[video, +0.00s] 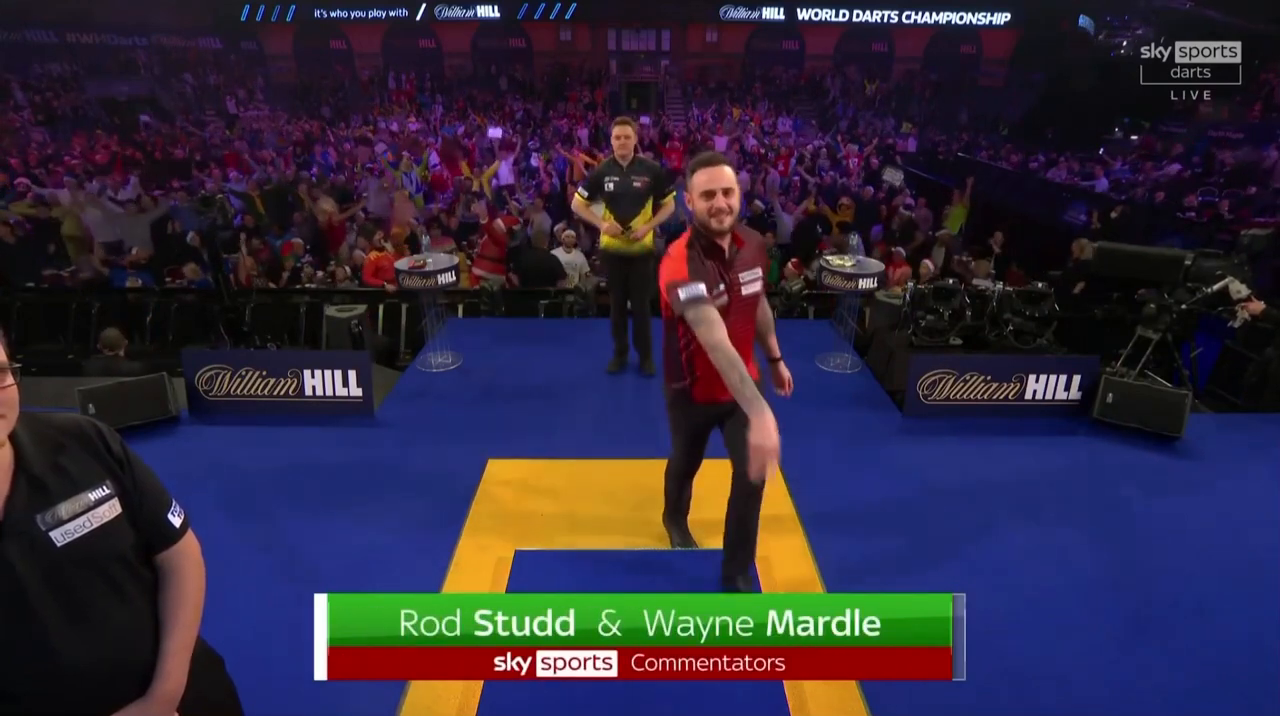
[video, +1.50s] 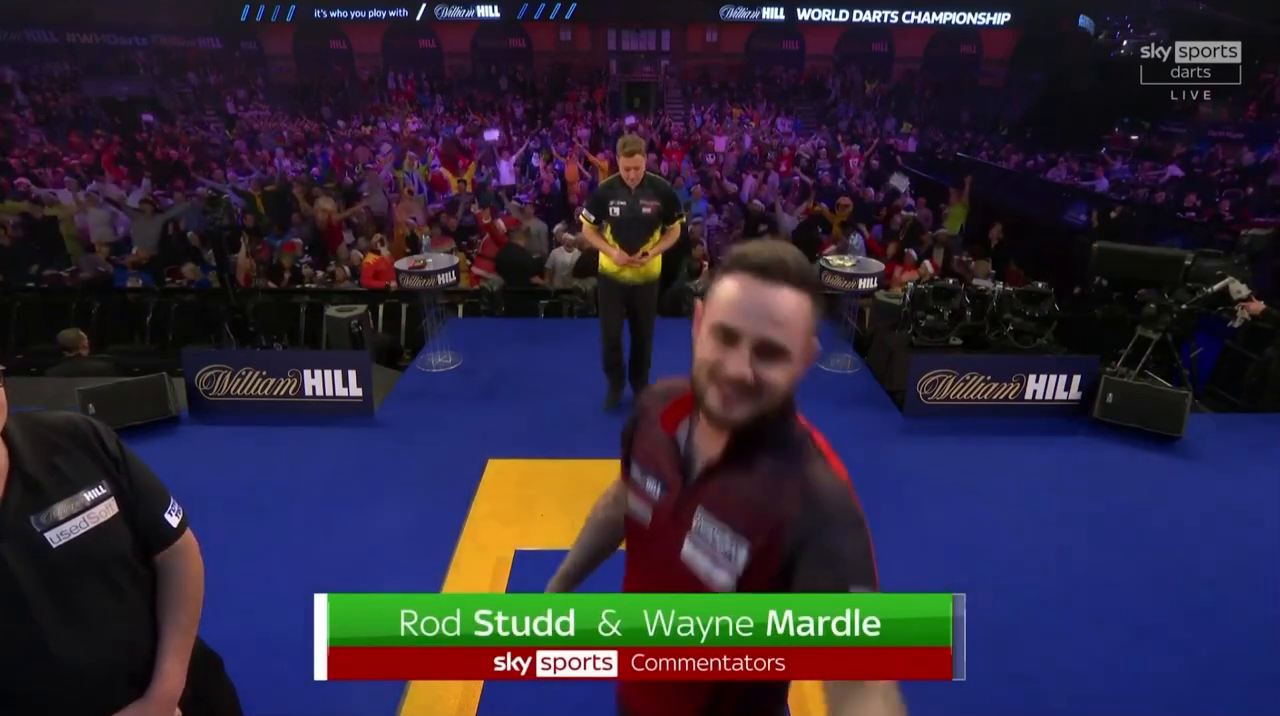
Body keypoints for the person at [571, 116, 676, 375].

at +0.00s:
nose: (621, 143)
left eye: (626, 138)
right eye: (617, 138)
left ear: (635, 140)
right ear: (611, 141)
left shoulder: (653, 171)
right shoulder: (602, 172)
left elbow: (669, 204)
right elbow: (577, 203)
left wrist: (648, 225)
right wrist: (602, 223)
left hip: (642, 250)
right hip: (613, 251)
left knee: (642, 307)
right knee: (617, 307)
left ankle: (645, 357)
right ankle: (619, 355)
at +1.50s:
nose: (632, 174)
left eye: (636, 168)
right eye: (626, 168)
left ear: (645, 163)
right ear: (618, 164)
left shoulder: (663, 191)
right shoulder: (605, 191)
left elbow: (675, 229)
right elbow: (586, 228)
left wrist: (654, 250)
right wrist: (611, 251)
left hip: (647, 276)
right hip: (612, 275)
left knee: (643, 337)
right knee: (610, 337)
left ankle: (641, 389)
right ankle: (615, 388)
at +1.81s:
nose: (621, 190)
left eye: (626, 183)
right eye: (616, 184)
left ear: (636, 176)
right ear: (606, 179)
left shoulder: (656, 202)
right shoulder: (594, 207)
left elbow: (670, 244)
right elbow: (575, 248)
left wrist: (647, 267)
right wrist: (607, 272)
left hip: (642, 292)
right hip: (606, 293)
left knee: (640, 350)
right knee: (607, 367)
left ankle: (640, 391)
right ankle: (603, 440)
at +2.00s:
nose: (615, 196)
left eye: (620, 189)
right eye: (609, 190)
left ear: (630, 180)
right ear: (599, 182)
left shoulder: (649, 203)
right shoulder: (585, 209)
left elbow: (660, 244)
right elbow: (561, 252)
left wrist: (646, 276)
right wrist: (590, 285)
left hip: (635, 304)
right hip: (596, 306)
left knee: (641, 367)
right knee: (600, 377)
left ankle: (633, 397)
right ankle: (603, 444)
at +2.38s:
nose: (621, 207)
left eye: (627, 200)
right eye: (615, 200)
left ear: (637, 189)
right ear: (603, 190)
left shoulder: (652, 214)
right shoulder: (585, 223)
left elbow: (659, 256)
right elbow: (560, 271)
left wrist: (651, 296)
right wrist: (565, 320)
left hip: (638, 317)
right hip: (595, 320)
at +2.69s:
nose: (631, 193)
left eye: (637, 185)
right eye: (624, 186)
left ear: (648, 185)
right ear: (612, 186)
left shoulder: (667, 221)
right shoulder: (593, 229)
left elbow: (672, 264)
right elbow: (571, 282)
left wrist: (669, 301)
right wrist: (573, 336)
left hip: (647, 337)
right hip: (606, 339)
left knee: (638, 416)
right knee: (610, 419)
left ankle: (630, 483)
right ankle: (603, 493)